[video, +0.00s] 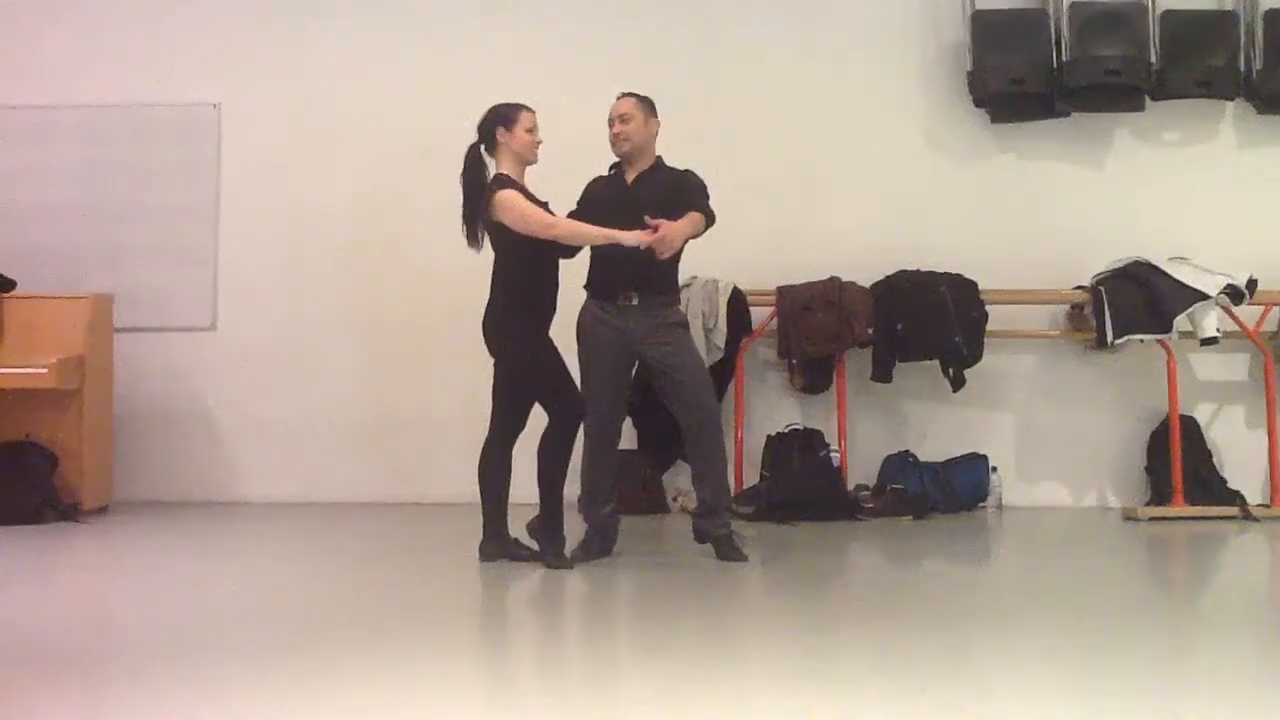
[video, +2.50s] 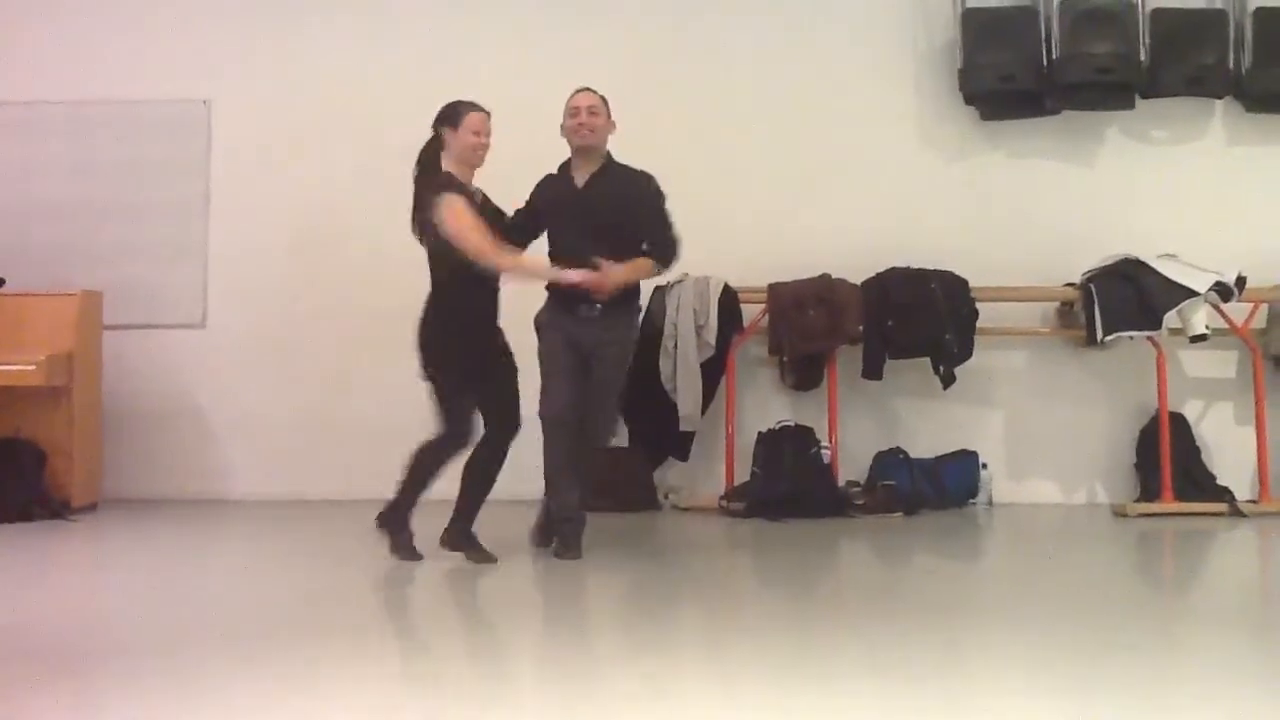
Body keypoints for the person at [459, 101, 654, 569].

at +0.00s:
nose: (539, 138)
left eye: (537, 130)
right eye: (531, 130)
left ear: (510, 137)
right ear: (503, 136)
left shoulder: (518, 193)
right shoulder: (502, 196)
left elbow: (559, 245)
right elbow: (556, 232)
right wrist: (623, 235)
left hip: (524, 325)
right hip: (515, 327)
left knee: (503, 430)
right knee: (568, 410)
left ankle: (494, 536)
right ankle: (549, 522)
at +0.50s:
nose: (534, 136)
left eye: (533, 129)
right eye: (526, 129)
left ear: (506, 136)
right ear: (498, 135)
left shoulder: (516, 191)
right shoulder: (498, 194)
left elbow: (555, 235)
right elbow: (545, 234)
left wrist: (614, 236)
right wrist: (615, 242)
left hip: (522, 323)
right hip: (512, 326)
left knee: (502, 429)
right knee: (565, 409)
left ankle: (493, 535)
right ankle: (547, 521)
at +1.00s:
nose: (534, 133)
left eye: (534, 126)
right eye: (525, 126)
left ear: (519, 135)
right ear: (496, 132)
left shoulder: (524, 186)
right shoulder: (500, 189)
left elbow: (567, 241)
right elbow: (559, 223)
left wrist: (589, 217)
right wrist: (625, 221)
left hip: (527, 319)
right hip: (513, 322)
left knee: (506, 425)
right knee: (567, 404)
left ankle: (496, 531)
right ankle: (550, 517)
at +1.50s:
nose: (521, 135)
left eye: (522, 127)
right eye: (514, 126)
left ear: (496, 131)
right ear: (485, 128)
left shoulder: (503, 182)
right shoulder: (489, 184)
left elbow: (559, 188)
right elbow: (559, 186)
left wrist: (617, 159)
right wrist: (620, 161)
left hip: (507, 316)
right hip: (504, 320)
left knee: (499, 422)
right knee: (561, 405)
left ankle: (490, 530)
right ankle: (545, 518)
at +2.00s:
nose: (474, 141)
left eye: (478, 134)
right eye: (465, 133)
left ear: (481, 141)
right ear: (439, 136)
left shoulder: (475, 196)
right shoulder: (429, 193)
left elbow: (512, 246)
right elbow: (447, 248)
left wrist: (537, 209)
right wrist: (495, 209)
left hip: (470, 325)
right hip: (437, 325)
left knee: (501, 421)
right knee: (446, 426)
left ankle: (489, 532)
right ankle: (389, 518)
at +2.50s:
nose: (485, 142)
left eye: (487, 134)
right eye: (476, 133)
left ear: (481, 140)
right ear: (447, 136)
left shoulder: (469, 191)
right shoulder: (444, 196)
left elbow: (508, 245)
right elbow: (489, 256)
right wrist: (557, 275)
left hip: (482, 329)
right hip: (447, 331)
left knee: (503, 423)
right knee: (459, 430)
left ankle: (460, 526)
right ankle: (397, 512)